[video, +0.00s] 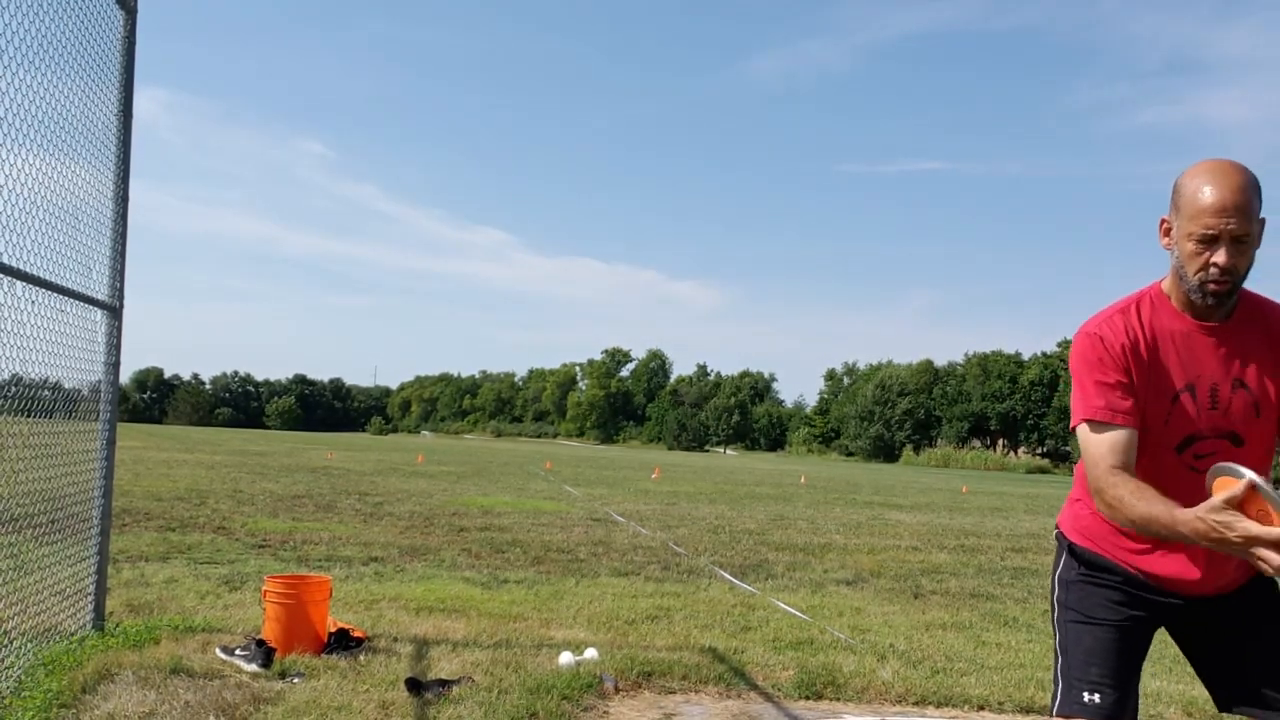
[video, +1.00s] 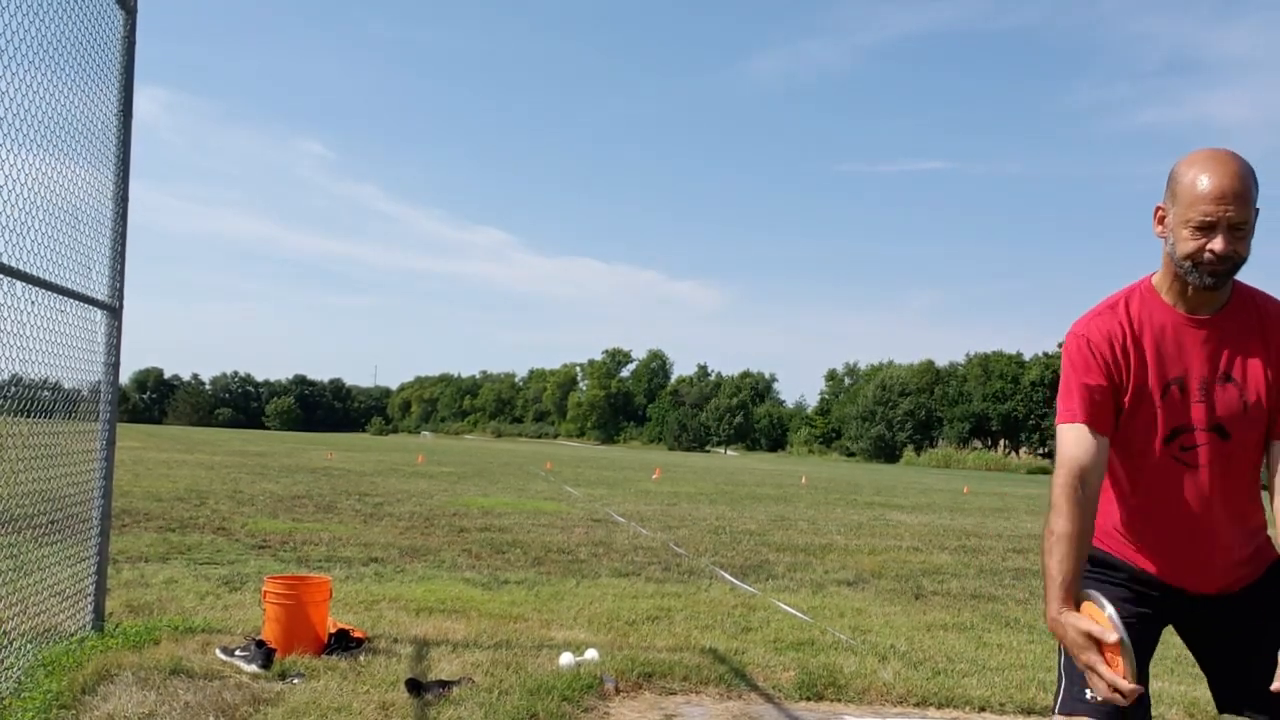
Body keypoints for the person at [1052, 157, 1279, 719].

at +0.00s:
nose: (1223, 259)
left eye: (1239, 241)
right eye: (1206, 240)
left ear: (1260, 238)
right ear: (1167, 233)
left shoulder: (1274, 332)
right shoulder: (1111, 337)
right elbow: (1109, 484)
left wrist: (1268, 529)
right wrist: (1193, 526)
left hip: (1234, 570)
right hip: (1111, 565)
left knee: (1274, 704)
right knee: (1090, 711)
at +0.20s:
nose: (1222, 256)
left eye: (1236, 236)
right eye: (1203, 238)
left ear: (1252, 234)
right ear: (1160, 235)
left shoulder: (1273, 338)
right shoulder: (1103, 346)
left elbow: (1279, 481)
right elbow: (1082, 495)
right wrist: (1081, 615)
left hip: (1238, 574)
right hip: (1124, 572)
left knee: (1270, 706)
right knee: (1091, 709)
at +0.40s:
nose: (1240, 243)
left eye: (1254, 224)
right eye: (1220, 225)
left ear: (1269, 223)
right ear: (1176, 224)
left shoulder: (1277, 330)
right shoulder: (1112, 339)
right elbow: (1054, 467)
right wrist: (1000, 569)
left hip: (1244, 568)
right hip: (1121, 563)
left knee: (1263, 708)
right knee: (1090, 710)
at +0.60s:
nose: (1245, 252)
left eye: (1259, 234)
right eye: (1226, 234)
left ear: (1274, 234)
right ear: (1180, 229)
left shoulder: (1276, 332)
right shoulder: (1109, 342)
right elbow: (1050, 444)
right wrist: (990, 514)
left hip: (1244, 571)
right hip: (1120, 566)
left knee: (1256, 707)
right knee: (1097, 710)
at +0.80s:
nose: (1238, 255)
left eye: (1253, 237)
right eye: (1219, 237)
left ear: (1269, 236)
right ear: (1175, 232)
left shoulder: (1275, 338)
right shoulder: (1105, 346)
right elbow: (1058, 474)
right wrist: (1004, 576)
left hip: (1242, 574)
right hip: (1118, 570)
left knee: (1257, 707)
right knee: (1095, 711)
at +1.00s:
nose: (1221, 246)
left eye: (1237, 229)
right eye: (1203, 228)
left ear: (1255, 227)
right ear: (1162, 222)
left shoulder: (1272, 327)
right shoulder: (1102, 335)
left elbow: (1277, 474)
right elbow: (1076, 480)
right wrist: (1058, 606)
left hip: (1240, 570)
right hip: (1125, 566)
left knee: (1268, 702)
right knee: (1096, 707)